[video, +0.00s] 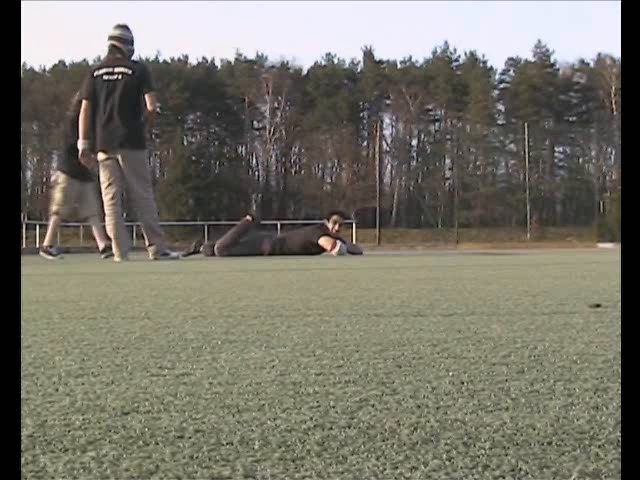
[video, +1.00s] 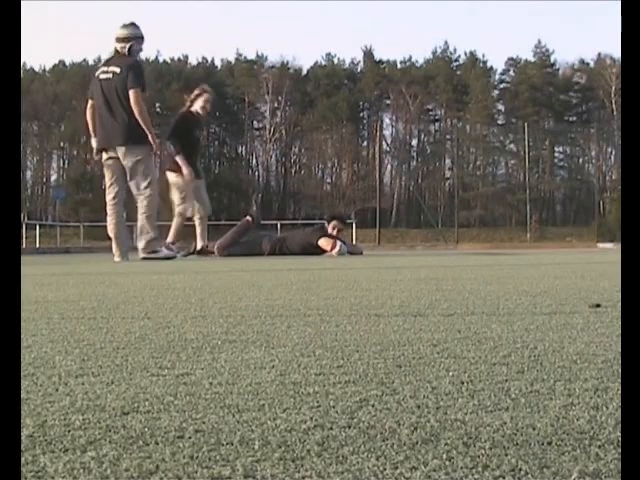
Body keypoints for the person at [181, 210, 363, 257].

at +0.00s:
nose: (337, 229)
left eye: (339, 226)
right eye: (335, 224)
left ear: (339, 226)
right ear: (328, 222)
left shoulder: (330, 234)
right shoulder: (319, 232)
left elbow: (354, 248)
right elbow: (333, 247)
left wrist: (347, 247)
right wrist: (341, 248)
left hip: (271, 244)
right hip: (267, 245)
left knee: (230, 249)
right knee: (220, 250)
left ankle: (204, 248)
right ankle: (245, 221)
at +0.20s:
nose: (341, 235)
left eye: (343, 232)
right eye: (340, 231)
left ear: (336, 229)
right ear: (331, 226)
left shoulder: (329, 234)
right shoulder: (319, 233)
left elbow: (357, 250)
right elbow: (334, 248)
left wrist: (345, 247)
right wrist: (344, 248)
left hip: (269, 243)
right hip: (265, 245)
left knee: (227, 249)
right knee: (220, 250)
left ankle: (201, 247)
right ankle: (246, 221)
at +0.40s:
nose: (344, 237)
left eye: (345, 234)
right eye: (343, 234)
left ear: (337, 230)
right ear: (334, 230)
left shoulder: (330, 234)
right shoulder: (320, 235)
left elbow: (357, 250)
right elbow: (336, 248)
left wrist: (343, 249)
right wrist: (348, 247)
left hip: (272, 243)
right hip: (267, 245)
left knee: (227, 249)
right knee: (219, 250)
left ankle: (202, 247)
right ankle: (246, 221)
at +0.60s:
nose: (346, 236)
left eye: (346, 232)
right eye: (344, 232)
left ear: (336, 229)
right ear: (335, 230)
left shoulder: (328, 235)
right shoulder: (319, 236)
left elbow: (356, 249)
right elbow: (336, 248)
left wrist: (344, 247)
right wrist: (344, 247)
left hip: (270, 244)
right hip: (266, 246)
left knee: (229, 248)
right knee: (220, 251)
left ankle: (203, 246)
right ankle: (247, 223)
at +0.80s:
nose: (340, 237)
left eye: (343, 234)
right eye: (339, 233)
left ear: (342, 232)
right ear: (331, 228)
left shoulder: (330, 235)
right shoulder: (319, 234)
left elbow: (358, 250)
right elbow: (333, 248)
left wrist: (344, 247)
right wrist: (344, 248)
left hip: (272, 244)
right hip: (267, 244)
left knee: (223, 249)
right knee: (219, 250)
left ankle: (203, 247)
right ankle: (247, 221)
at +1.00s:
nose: (336, 234)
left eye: (340, 231)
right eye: (335, 229)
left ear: (341, 231)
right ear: (327, 225)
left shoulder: (330, 237)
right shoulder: (318, 235)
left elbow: (358, 250)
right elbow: (334, 247)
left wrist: (342, 247)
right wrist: (344, 248)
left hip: (271, 242)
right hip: (266, 245)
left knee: (227, 247)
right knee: (220, 250)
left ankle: (205, 248)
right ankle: (246, 222)